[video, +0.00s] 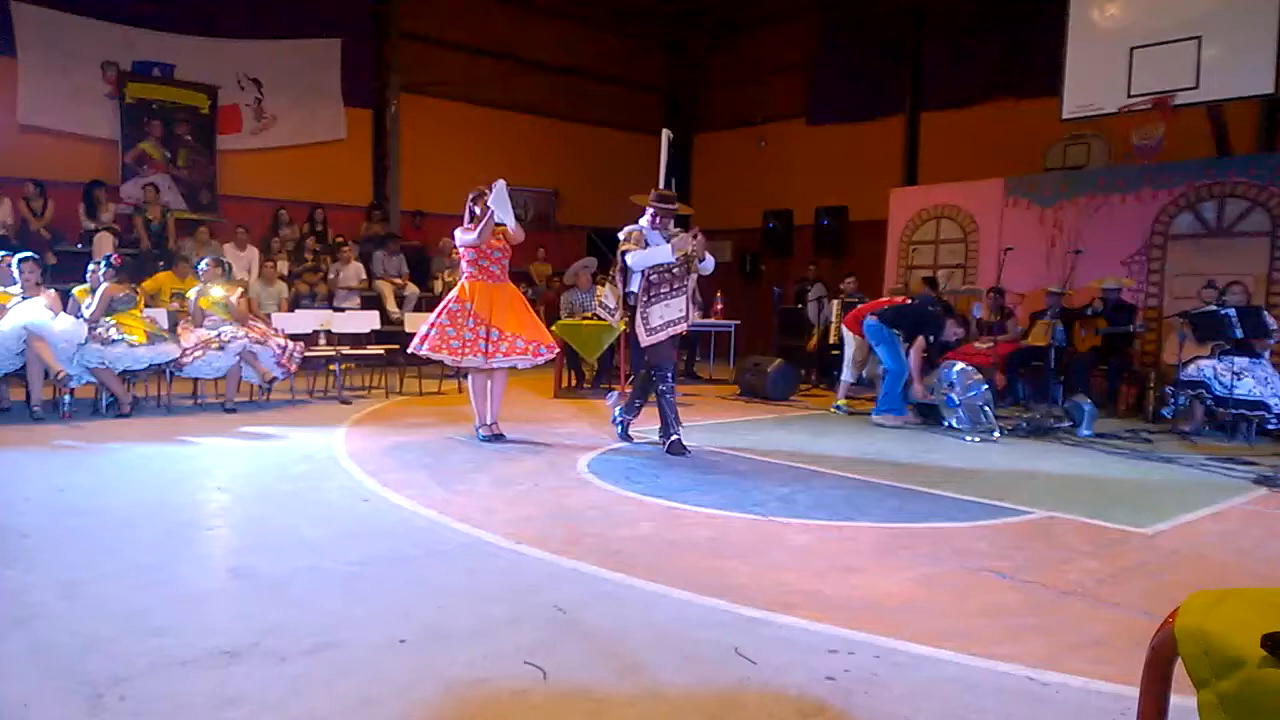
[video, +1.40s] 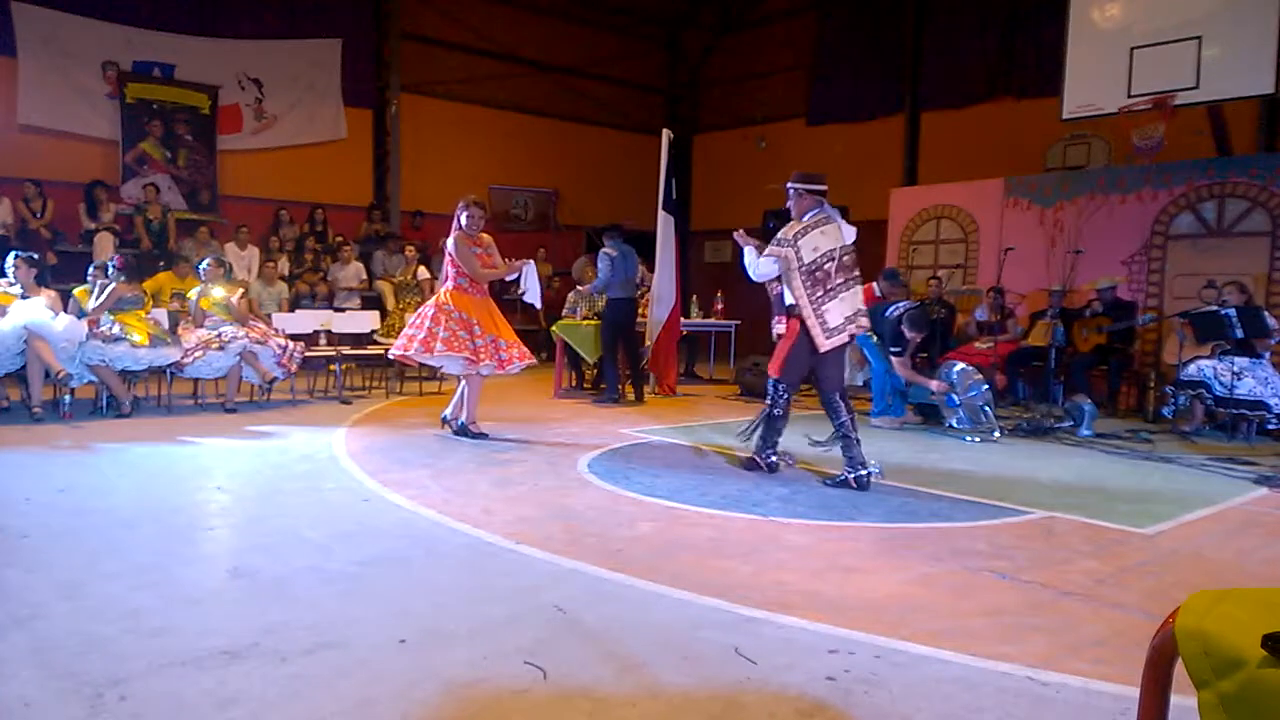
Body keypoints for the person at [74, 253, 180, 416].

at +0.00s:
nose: (100, 274)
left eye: (102, 271)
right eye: (100, 271)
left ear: (110, 272)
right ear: (122, 271)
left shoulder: (108, 288)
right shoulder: (135, 289)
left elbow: (93, 317)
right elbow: (137, 313)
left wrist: (84, 305)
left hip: (122, 336)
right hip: (139, 334)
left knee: (88, 354)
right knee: (88, 352)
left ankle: (124, 397)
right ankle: (123, 395)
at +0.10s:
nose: (100, 274)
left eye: (102, 271)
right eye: (100, 271)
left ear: (110, 272)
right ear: (122, 271)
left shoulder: (108, 289)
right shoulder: (135, 289)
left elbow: (93, 317)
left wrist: (85, 305)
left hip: (123, 336)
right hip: (139, 334)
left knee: (88, 354)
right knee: (88, 352)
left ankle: (124, 397)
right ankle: (123, 395)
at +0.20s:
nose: (100, 274)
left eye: (103, 271)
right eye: (100, 271)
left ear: (110, 272)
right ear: (124, 271)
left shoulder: (108, 289)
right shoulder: (135, 289)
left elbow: (93, 318)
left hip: (122, 337)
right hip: (140, 335)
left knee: (88, 354)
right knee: (88, 352)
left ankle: (124, 398)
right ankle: (124, 395)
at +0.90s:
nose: (105, 274)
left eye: (107, 270)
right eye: (105, 270)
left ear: (113, 272)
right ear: (130, 272)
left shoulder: (112, 288)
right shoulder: (137, 290)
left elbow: (97, 316)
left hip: (126, 337)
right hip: (142, 335)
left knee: (89, 354)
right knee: (90, 351)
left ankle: (124, 398)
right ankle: (125, 396)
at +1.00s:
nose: (105, 273)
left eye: (107, 269)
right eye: (106, 269)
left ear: (112, 272)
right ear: (130, 272)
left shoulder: (112, 288)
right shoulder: (136, 289)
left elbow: (87, 311)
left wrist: (80, 295)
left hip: (126, 337)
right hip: (141, 335)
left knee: (90, 353)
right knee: (90, 350)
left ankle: (124, 397)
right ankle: (124, 395)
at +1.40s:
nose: (109, 272)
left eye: (111, 269)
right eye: (110, 268)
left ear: (117, 271)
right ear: (133, 270)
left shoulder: (117, 288)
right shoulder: (139, 288)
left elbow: (93, 311)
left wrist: (98, 288)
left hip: (128, 336)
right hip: (143, 333)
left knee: (90, 352)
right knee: (90, 348)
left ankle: (124, 398)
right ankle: (125, 395)